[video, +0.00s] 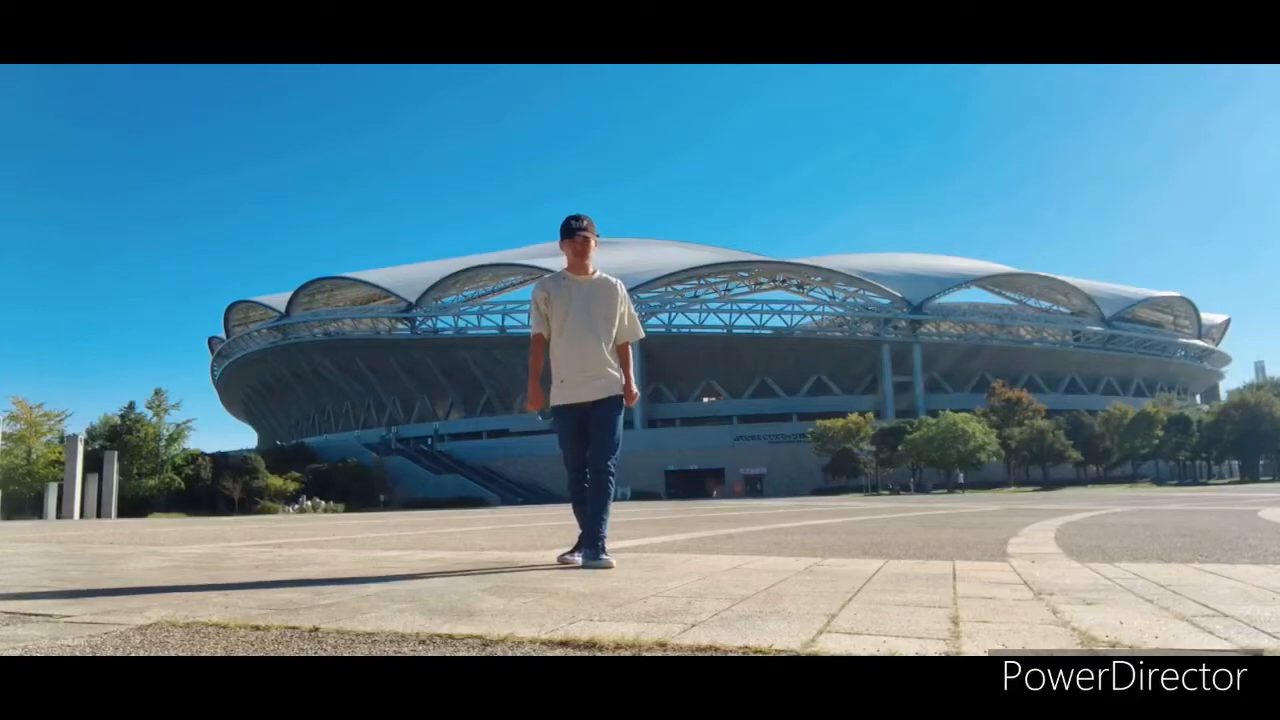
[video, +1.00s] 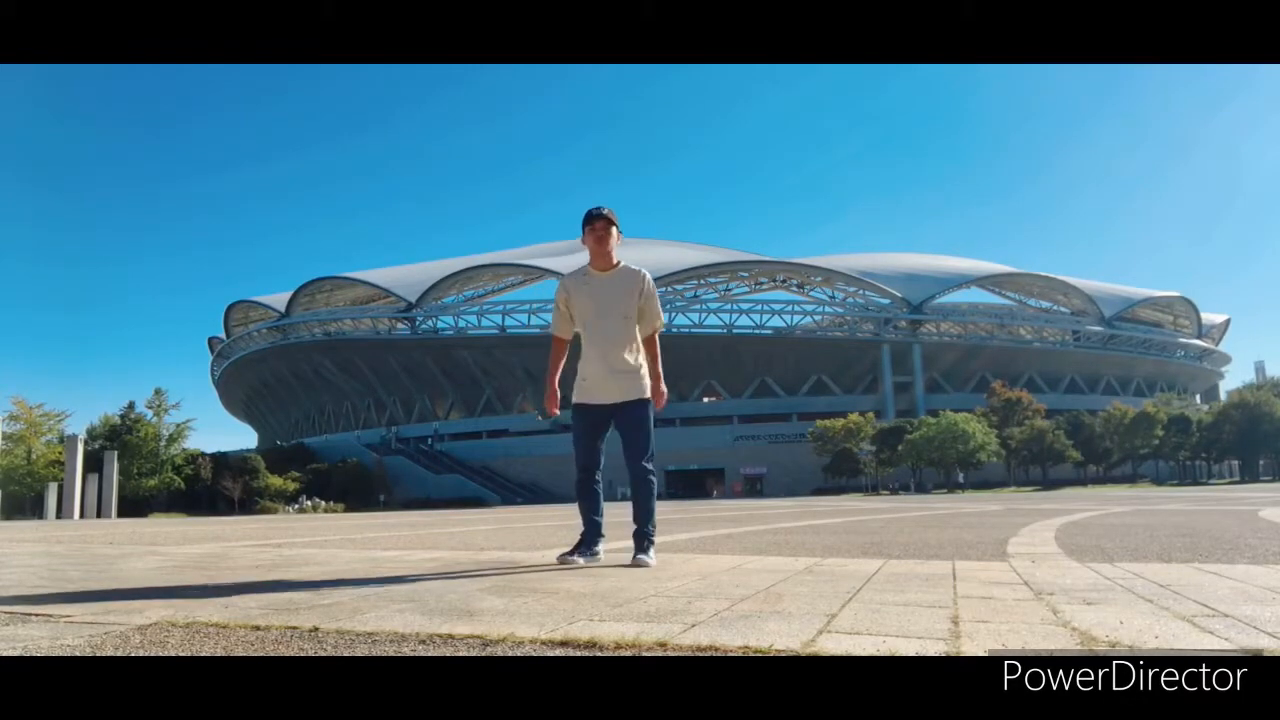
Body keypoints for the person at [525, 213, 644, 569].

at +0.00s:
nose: (581, 244)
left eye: (586, 238)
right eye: (574, 239)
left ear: (595, 243)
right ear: (563, 244)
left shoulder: (612, 287)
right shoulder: (547, 288)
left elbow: (623, 340)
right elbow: (538, 339)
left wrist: (629, 380)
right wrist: (534, 384)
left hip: (607, 390)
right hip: (565, 392)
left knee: (602, 467)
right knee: (576, 470)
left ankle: (596, 546)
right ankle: (587, 538)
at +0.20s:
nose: (582, 244)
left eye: (587, 238)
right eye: (575, 238)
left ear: (594, 243)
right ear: (561, 244)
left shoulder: (611, 287)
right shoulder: (546, 288)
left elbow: (622, 341)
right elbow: (539, 338)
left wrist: (629, 381)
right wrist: (542, 381)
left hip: (606, 389)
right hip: (564, 392)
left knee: (601, 468)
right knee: (575, 470)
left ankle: (596, 547)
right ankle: (586, 538)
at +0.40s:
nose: (577, 241)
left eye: (582, 236)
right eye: (570, 236)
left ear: (591, 242)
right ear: (558, 244)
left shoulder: (610, 285)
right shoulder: (545, 289)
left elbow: (621, 341)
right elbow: (540, 339)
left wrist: (628, 384)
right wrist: (546, 379)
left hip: (608, 386)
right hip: (566, 391)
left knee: (604, 466)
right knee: (577, 469)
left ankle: (597, 546)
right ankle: (587, 538)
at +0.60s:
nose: (576, 243)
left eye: (581, 237)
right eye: (569, 238)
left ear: (592, 242)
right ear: (558, 246)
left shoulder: (613, 284)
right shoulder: (548, 289)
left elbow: (625, 339)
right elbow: (545, 344)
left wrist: (631, 382)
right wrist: (547, 393)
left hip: (614, 384)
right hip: (573, 390)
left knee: (619, 462)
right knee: (581, 468)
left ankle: (617, 541)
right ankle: (590, 540)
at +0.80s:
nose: (586, 240)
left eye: (591, 235)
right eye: (579, 236)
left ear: (602, 240)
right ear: (569, 244)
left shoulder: (623, 283)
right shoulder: (557, 290)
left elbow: (635, 341)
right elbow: (548, 344)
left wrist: (641, 385)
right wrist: (545, 392)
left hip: (622, 387)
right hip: (579, 392)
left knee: (635, 464)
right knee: (585, 471)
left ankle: (644, 543)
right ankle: (589, 543)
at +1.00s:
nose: (601, 234)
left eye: (606, 228)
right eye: (594, 230)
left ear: (618, 236)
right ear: (584, 239)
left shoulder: (638, 279)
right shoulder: (570, 285)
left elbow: (650, 335)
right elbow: (560, 339)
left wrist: (657, 379)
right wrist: (552, 385)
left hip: (634, 389)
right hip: (589, 391)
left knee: (641, 468)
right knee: (586, 471)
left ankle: (644, 543)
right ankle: (591, 542)